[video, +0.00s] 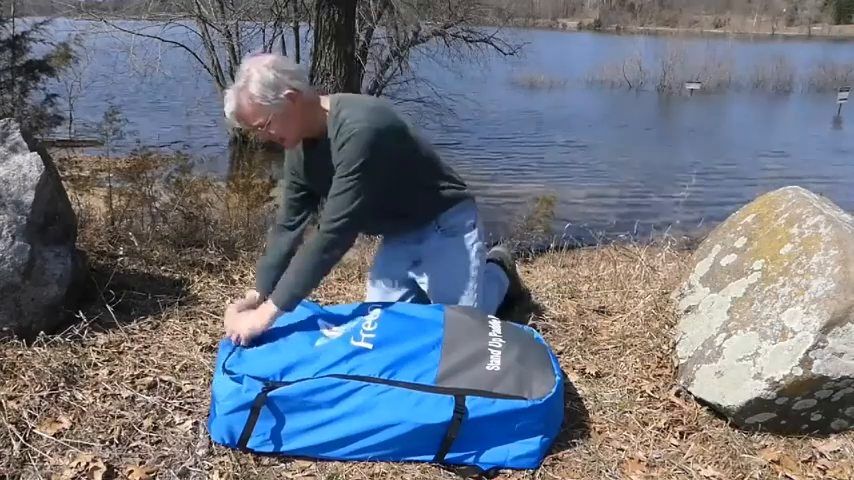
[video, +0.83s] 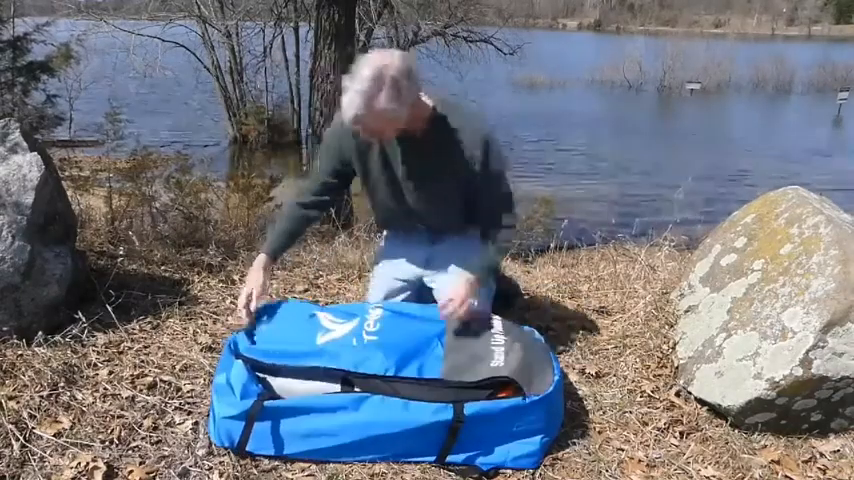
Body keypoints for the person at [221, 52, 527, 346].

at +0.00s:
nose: (264, 137)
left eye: (264, 125)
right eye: (256, 131)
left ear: (292, 99)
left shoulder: (360, 129)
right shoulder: (303, 143)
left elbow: (334, 231)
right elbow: (290, 221)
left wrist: (271, 311)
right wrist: (259, 295)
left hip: (448, 222)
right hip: (398, 230)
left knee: (457, 333)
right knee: (381, 327)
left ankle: (498, 271)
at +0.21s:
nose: (258, 142)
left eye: (258, 129)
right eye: (250, 136)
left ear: (283, 102)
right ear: (282, 104)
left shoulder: (350, 133)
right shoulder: (299, 140)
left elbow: (334, 240)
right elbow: (296, 204)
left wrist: (274, 337)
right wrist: (276, 261)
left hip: (444, 223)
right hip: (392, 234)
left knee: (457, 333)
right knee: (380, 330)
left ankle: (498, 275)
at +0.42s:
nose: (282, 142)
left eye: (283, 127)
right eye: (272, 136)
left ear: (307, 98)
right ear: (268, 131)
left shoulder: (372, 130)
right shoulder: (298, 150)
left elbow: (356, 237)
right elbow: (282, 228)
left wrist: (291, 313)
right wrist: (251, 303)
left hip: (446, 224)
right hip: (391, 232)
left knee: (461, 337)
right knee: (382, 339)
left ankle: (492, 277)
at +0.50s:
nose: (309, 134)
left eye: (313, 122)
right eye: (301, 125)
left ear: (338, 104)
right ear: (297, 120)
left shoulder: (394, 128)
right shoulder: (306, 146)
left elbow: (376, 231)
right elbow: (283, 223)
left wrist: (323, 318)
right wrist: (251, 296)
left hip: (448, 230)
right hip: (390, 236)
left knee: (462, 333)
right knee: (369, 336)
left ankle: (491, 280)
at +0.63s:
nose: (381, 142)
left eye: (387, 128)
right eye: (368, 135)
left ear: (393, 105)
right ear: (345, 123)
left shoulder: (437, 136)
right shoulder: (330, 148)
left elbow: (478, 227)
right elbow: (293, 221)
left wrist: (498, 332)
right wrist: (252, 296)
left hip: (453, 243)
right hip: (399, 246)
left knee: (473, 336)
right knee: (381, 333)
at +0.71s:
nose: (403, 145)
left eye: (410, 131)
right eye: (390, 137)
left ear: (418, 107)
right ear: (364, 121)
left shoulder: (456, 142)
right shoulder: (344, 141)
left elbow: (501, 236)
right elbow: (300, 213)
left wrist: (538, 332)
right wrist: (260, 285)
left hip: (461, 246)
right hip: (400, 246)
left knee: (465, 349)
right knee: (382, 340)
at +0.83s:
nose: (363, 134)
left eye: (372, 126)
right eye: (358, 124)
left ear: (406, 107)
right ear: (355, 106)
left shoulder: (468, 135)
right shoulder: (350, 132)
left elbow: (502, 222)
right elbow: (310, 197)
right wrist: (262, 264)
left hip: (462, 240)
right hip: (399, 242)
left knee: (469, 331)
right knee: (375, 334)